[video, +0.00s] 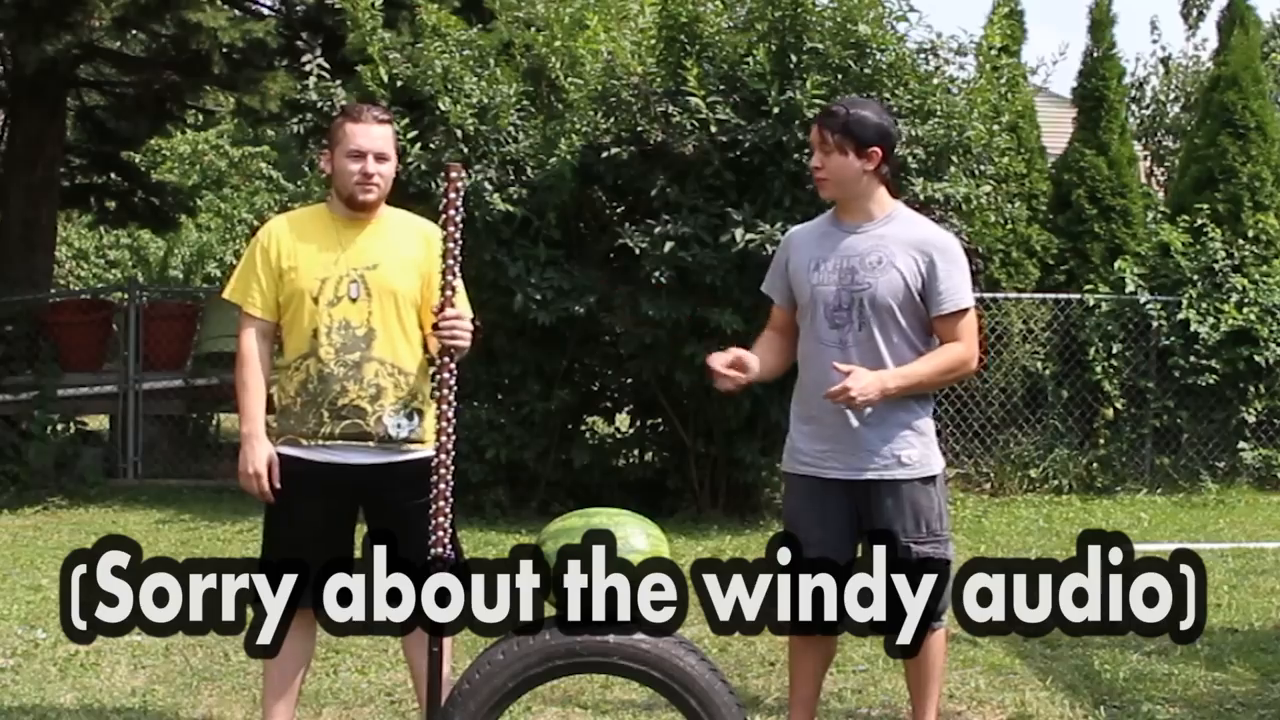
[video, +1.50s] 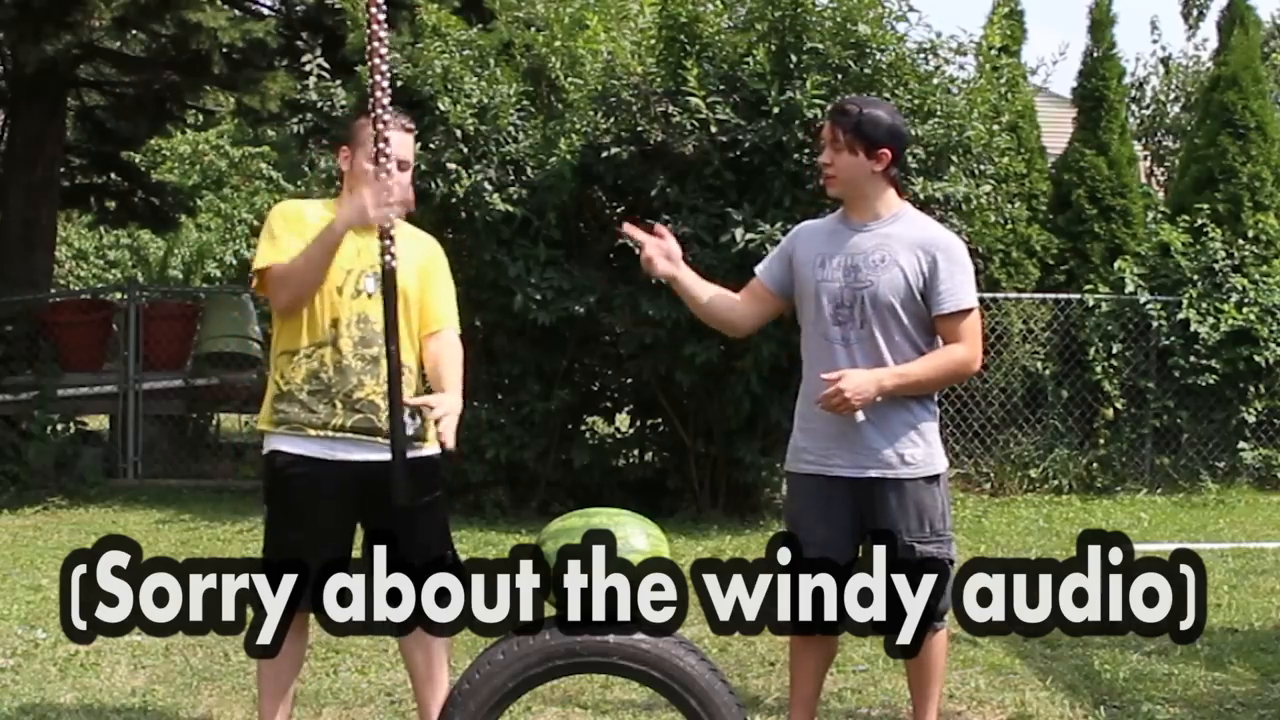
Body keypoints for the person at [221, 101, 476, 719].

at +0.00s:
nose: (369, 168)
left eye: (381, 157)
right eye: (356, 155)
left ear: (396, 166)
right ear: (328, 161)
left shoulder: (424, 239)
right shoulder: (282, 237)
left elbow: (446, 330)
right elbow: (254, 337)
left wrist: (457, 334)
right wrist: (253, 434)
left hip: (406, 458)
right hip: (307, 456)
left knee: (426, 603)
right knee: (293, 601)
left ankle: (438, 714)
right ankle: (277, 715)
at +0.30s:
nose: (366, 162)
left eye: (378, 153)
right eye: (353, 150)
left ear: (392, 165)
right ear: (325, 159)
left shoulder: (418, 240)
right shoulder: (277, 235)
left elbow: (439, 335)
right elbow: (249, 334)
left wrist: (449, 334)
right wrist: (252, 428)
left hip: (399, 459)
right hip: (301, 456)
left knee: (421, 603)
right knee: (287, 602)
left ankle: (439, 714)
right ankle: (275, 715)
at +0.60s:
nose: (368, 159)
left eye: (378, 150)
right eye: (354, 147)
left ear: (389, 162)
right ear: (320, 156)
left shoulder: (415, 237)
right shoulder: (273, 234)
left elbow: (443, 347)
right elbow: (236, 330)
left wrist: (428, 304)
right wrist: (294, 365)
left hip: (398, 456)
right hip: (300, 455)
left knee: (428, 602)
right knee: (285, 603)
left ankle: (432, 718)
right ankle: (275, 716)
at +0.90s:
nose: (359, 153)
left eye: (368, 145)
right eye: (345, 143)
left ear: (380, 159)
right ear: (314, 157)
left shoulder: (413, 231)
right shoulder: (275, 235)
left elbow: (446, 328)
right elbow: (267, 337)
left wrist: (414, 270)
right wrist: (353, 340)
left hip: (406, 449)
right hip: (307, 450)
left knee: (425, 599)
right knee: (290, 598)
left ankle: (437, 716)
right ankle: (276, 716)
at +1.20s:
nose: (373, 172)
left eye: (382, 160)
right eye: (359, 159)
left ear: (391, 166)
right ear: (325, 162)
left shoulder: (413, 242)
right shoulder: (281, 230)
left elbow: (440, 331)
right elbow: (270, 299)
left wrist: (464, 396)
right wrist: (357, 258)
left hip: (404, 452)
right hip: (306, 453)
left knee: (428, 599)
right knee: (291, 601)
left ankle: (438, 716)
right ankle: (275, 716)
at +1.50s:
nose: (395, 176)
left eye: (405, 166)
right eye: (383, 161)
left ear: (414, 170)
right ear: (347, 159)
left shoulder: (423, 249)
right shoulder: (297, 219)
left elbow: (440, 334)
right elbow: (281, 296)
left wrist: (449, 391)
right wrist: (343, 222)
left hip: (404, 452)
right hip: (308, 450)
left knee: (427, 603)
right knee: (288, 601)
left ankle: (437, 715)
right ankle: (272, 715)